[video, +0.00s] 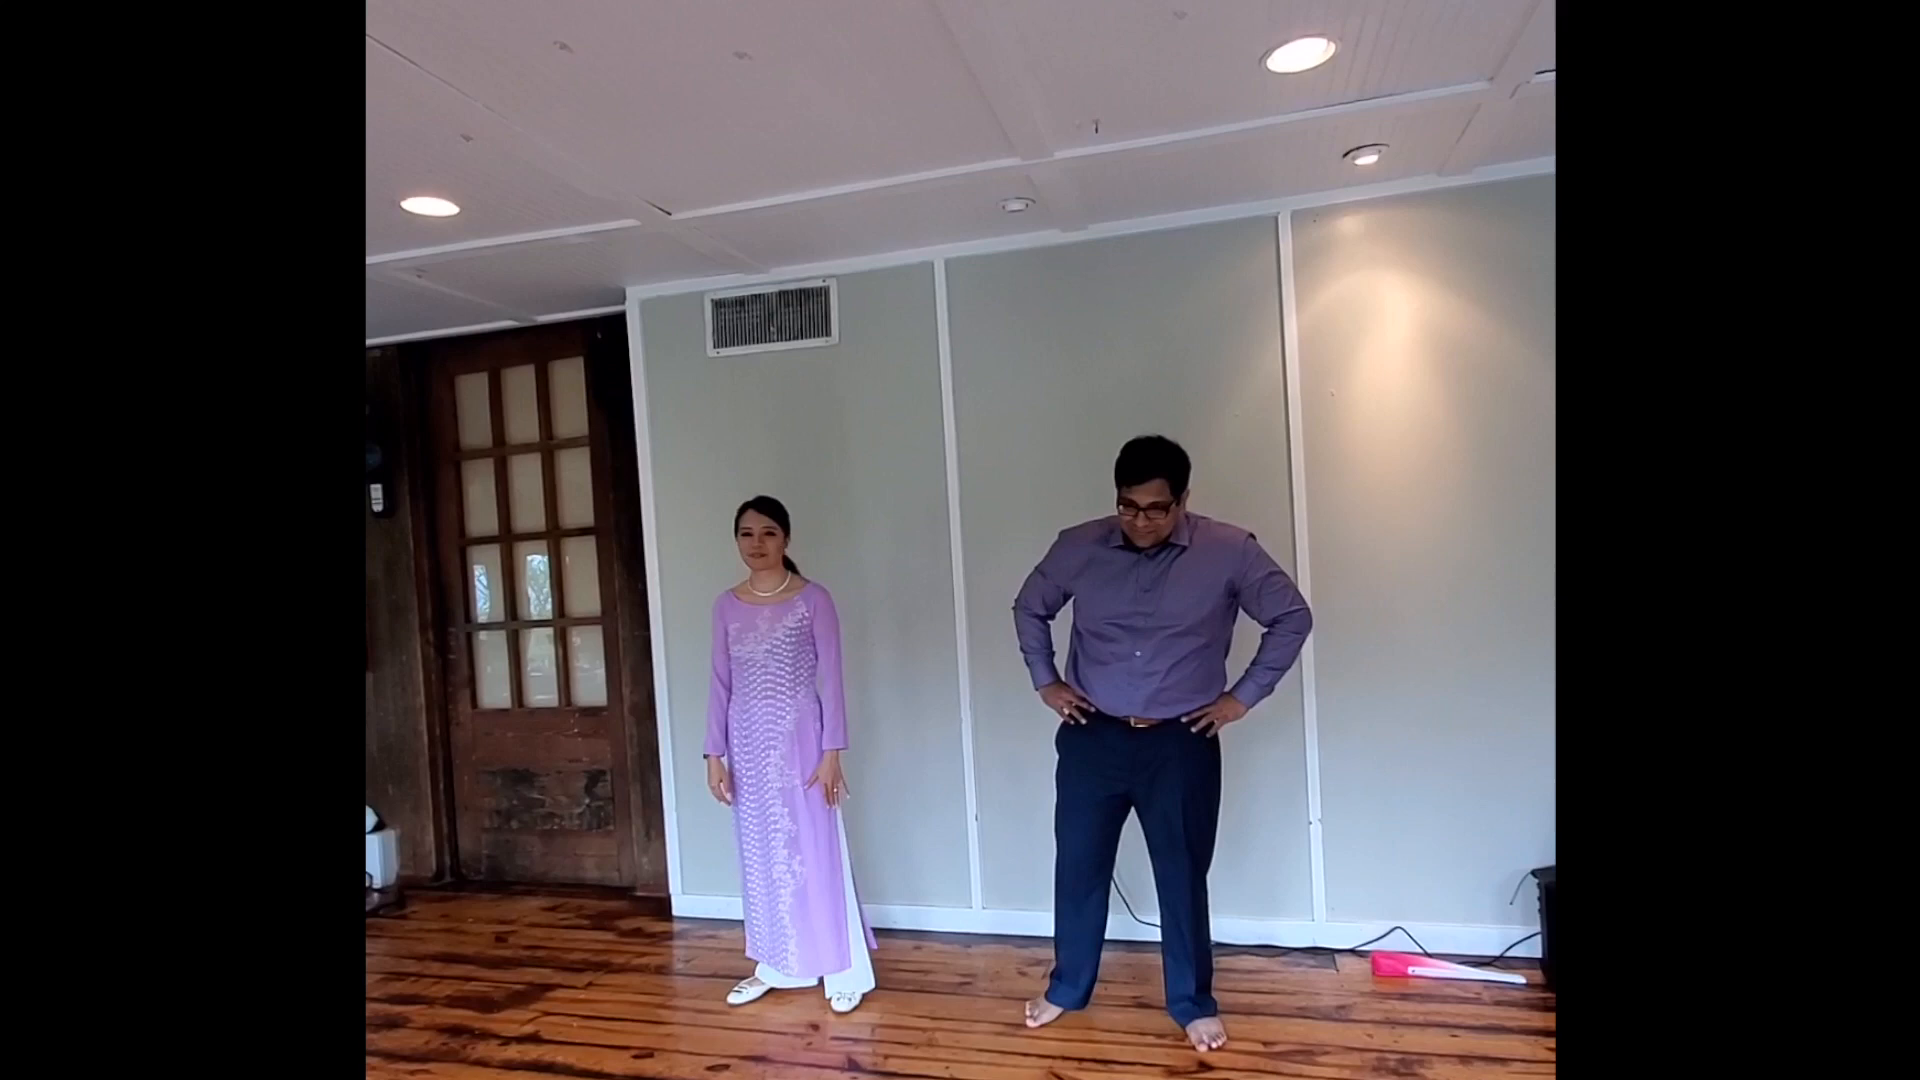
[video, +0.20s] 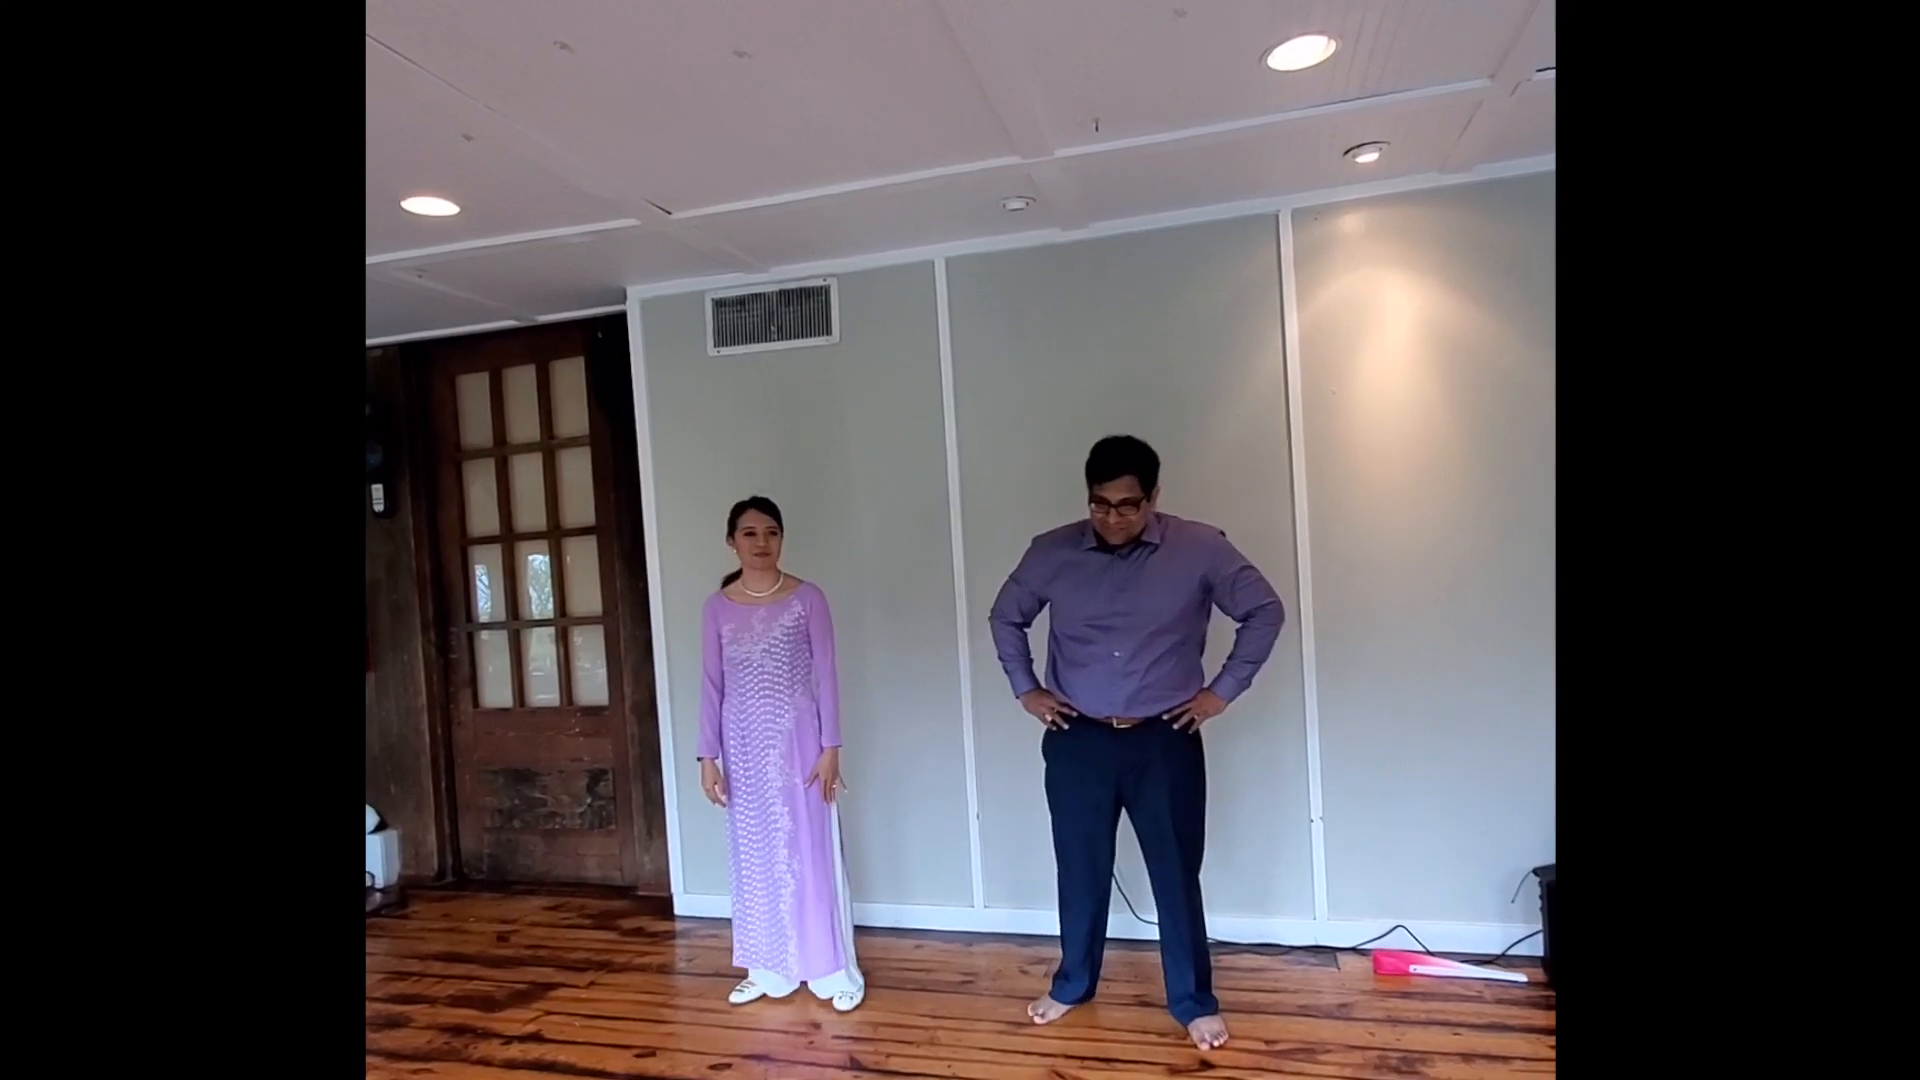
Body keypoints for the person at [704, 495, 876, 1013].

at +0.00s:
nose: (757, 542)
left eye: (768, 532)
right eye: (747, 533)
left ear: (786, 538)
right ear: (736, 542)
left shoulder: (813, 598)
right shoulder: (728, 606)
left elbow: (831, 680)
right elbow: (720, 684)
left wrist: (833, 751)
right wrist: (716, 753)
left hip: (801, 745)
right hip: (748, 749)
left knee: (816, 859)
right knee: (763, 859)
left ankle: (844, 971)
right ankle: (778, 966)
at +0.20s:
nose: (762, 541)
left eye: (770, 532)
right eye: (750, 533)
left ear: (783, 539)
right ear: (732, 542)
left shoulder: (807, 598)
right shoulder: (718, 606)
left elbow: (826, 677)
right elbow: (711, 685)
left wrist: (832, 747)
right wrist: (709, 755)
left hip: (798, 746)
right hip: (743, 751)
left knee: (810, 857)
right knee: (757, 860)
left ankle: (831, 970)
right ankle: (770, 970)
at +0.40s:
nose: (754, 542)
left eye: (763, 533)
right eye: (743, 533)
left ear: (777, 537)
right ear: (727, 541)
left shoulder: (803, 597)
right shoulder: (711, 605)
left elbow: (821, 674)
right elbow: (705, 683)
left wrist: (831, 744)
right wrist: (708, 754)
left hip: (797, 744)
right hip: (742, 750)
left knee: (810, 854)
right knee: (755, 857)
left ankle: (831, 966)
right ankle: (764, 967)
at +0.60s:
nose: (752, 543)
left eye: (762, 533)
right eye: (741, 535)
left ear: (776, 537)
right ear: (726, 542)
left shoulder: (804, 595)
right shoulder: (713, 605)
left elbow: (822, 673)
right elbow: (708, 683)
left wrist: (829, 741)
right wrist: (712, 753)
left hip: (797, 743)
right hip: (743, 749)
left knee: (811, 855)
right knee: (754, 857)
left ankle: (840, 965)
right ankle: (759, 966)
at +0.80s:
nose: (762, 543)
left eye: (771, 533)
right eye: (750, 535)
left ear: (785, 536)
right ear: (736, 541)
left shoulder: (814, 592)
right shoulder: (723, 603)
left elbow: (833, 670)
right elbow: (722, 682)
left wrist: (837, 736)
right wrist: (730, 748)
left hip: (808, 741)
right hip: (754, 746)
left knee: (817, 852)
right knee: (762, 855)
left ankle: (839, 964)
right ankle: (769, 963)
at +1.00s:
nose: (778, 546)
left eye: (788, 537)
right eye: (768, 540)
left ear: (806, 546)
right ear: (757, 552)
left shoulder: (836, 609)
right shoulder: (749, 617)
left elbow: (873, 675)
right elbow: (736, 683)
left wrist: (852, 709)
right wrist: (753, 710)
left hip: (828, 751)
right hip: (774, 755)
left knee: (831, 854)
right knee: (755, 856)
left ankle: (848, 966)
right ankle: (773, 958)